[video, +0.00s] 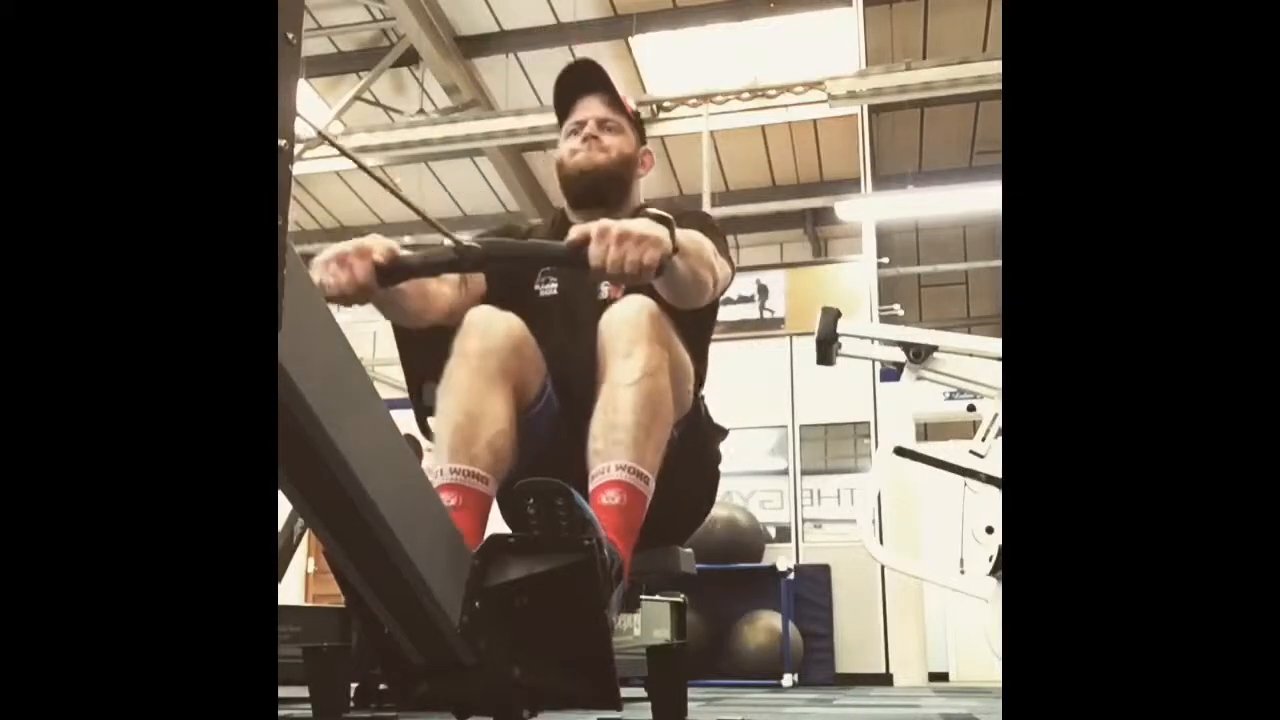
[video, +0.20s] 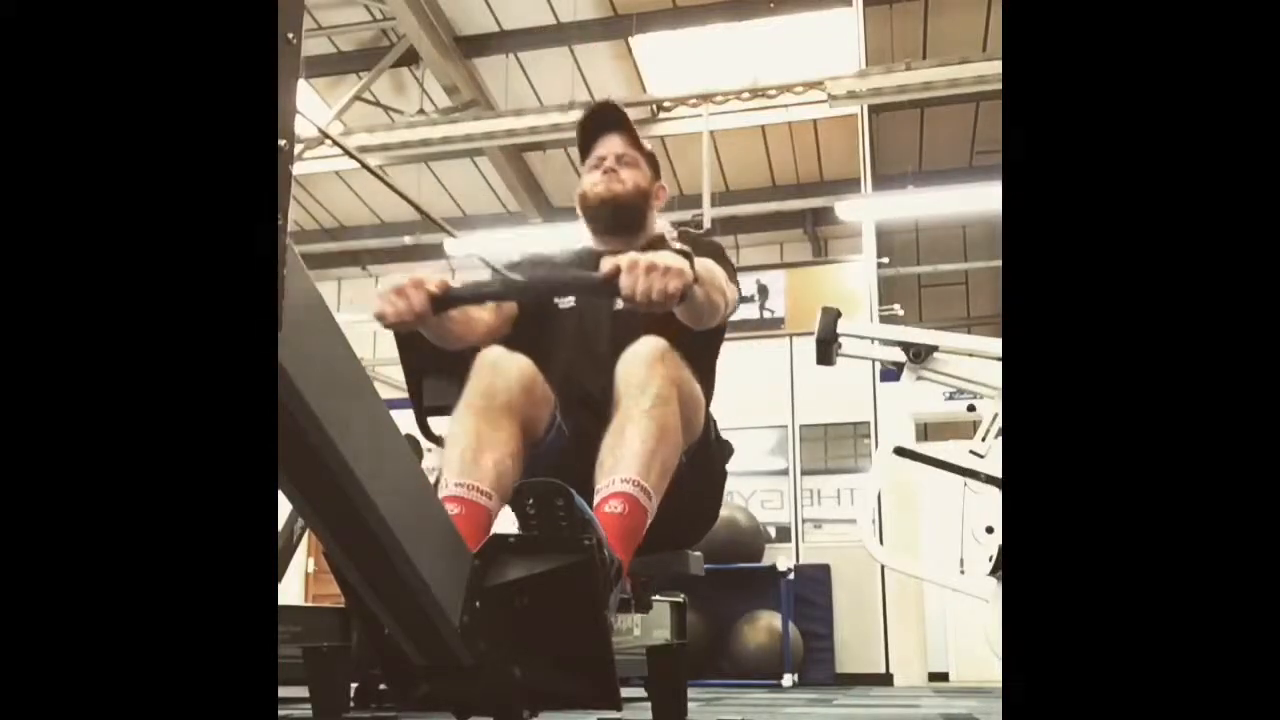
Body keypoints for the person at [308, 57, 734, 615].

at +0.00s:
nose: (588, 134)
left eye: (608, 127)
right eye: (574, 131)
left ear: (643, 159)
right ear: (557, 164)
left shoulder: (683, 228)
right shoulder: (518, 244)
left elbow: (702, 284)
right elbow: (445, 293)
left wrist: (663, 248)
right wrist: (383, 280)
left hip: (656, 475)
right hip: (537, 474)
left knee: (635, 317)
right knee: (485, 327)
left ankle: (606, 562)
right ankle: (448, 563)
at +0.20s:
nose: (608, 168)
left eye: (626, 162)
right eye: (595, 164)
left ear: (658, 192)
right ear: (579, 196)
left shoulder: (695, 257)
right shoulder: (546, 270)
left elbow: (712, 310)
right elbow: (480, 320)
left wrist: (683, 279)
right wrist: (429, 313)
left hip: (669, 487)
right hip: (559, 483)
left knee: (649, 357)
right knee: (497, 365)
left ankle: (602, 569)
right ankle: (445, 562)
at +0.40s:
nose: (636, 225)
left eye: (650, 218)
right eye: (625, 219)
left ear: (677, 239)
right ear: (612, 239)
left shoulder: (706, 299)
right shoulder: (581, 314)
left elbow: (738, 347)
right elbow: (524, 360)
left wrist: (711, 328)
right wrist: (483, 351)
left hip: (682, 490)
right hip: (580, 485)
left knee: (660, 418)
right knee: (519, 422)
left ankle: (603, 567)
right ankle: (457, 555)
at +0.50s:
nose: (649, 258)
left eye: (663, 251)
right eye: (637, 253)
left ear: (688, 269)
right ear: (623, 272)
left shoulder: (716, 335)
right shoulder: (593, 345)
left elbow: (758, 386)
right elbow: (522, 396)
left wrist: (724, 357)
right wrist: (505, 370)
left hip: (691, 485)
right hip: (591, 482)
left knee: (658, 462)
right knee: (530, 460)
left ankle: (606, 576)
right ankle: (463, 562)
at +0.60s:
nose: (656, 286)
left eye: (671, 279)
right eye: (644, 279)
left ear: (695, 299)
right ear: (631, 298)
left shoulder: (724, 361)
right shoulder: (597, 365)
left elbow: (784, 434)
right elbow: (523, 443)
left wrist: (739, 390)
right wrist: (524, 407)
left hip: (693, 495)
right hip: (593, 494)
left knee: (653, 484)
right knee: (544, 495)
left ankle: (607, 590)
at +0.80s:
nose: (645, 277)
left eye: (661, 267)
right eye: (634, 267)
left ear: (687, 281)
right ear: (621, 281)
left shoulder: (725, 345)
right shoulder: (589, 352)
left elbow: (812, 435)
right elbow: (500, 441)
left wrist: (751, 379)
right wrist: (525, 396)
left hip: (689, 503)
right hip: (584, 495)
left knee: (652, 435)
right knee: (536, 437)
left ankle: (606, 574)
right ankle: (466, 555)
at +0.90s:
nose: (637, 245)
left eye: (652, 234)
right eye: (626, 235)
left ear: (680, 249)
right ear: (612, 249)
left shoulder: (722, 323)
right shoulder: (576, 330)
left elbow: (803, 406)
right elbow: (478, 425)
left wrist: (736, 353)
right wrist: (488, 366)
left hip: (685, 505)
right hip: (573, 495)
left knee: (651, 400)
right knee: (525, 402)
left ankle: (612, 561)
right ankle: (464, 547)